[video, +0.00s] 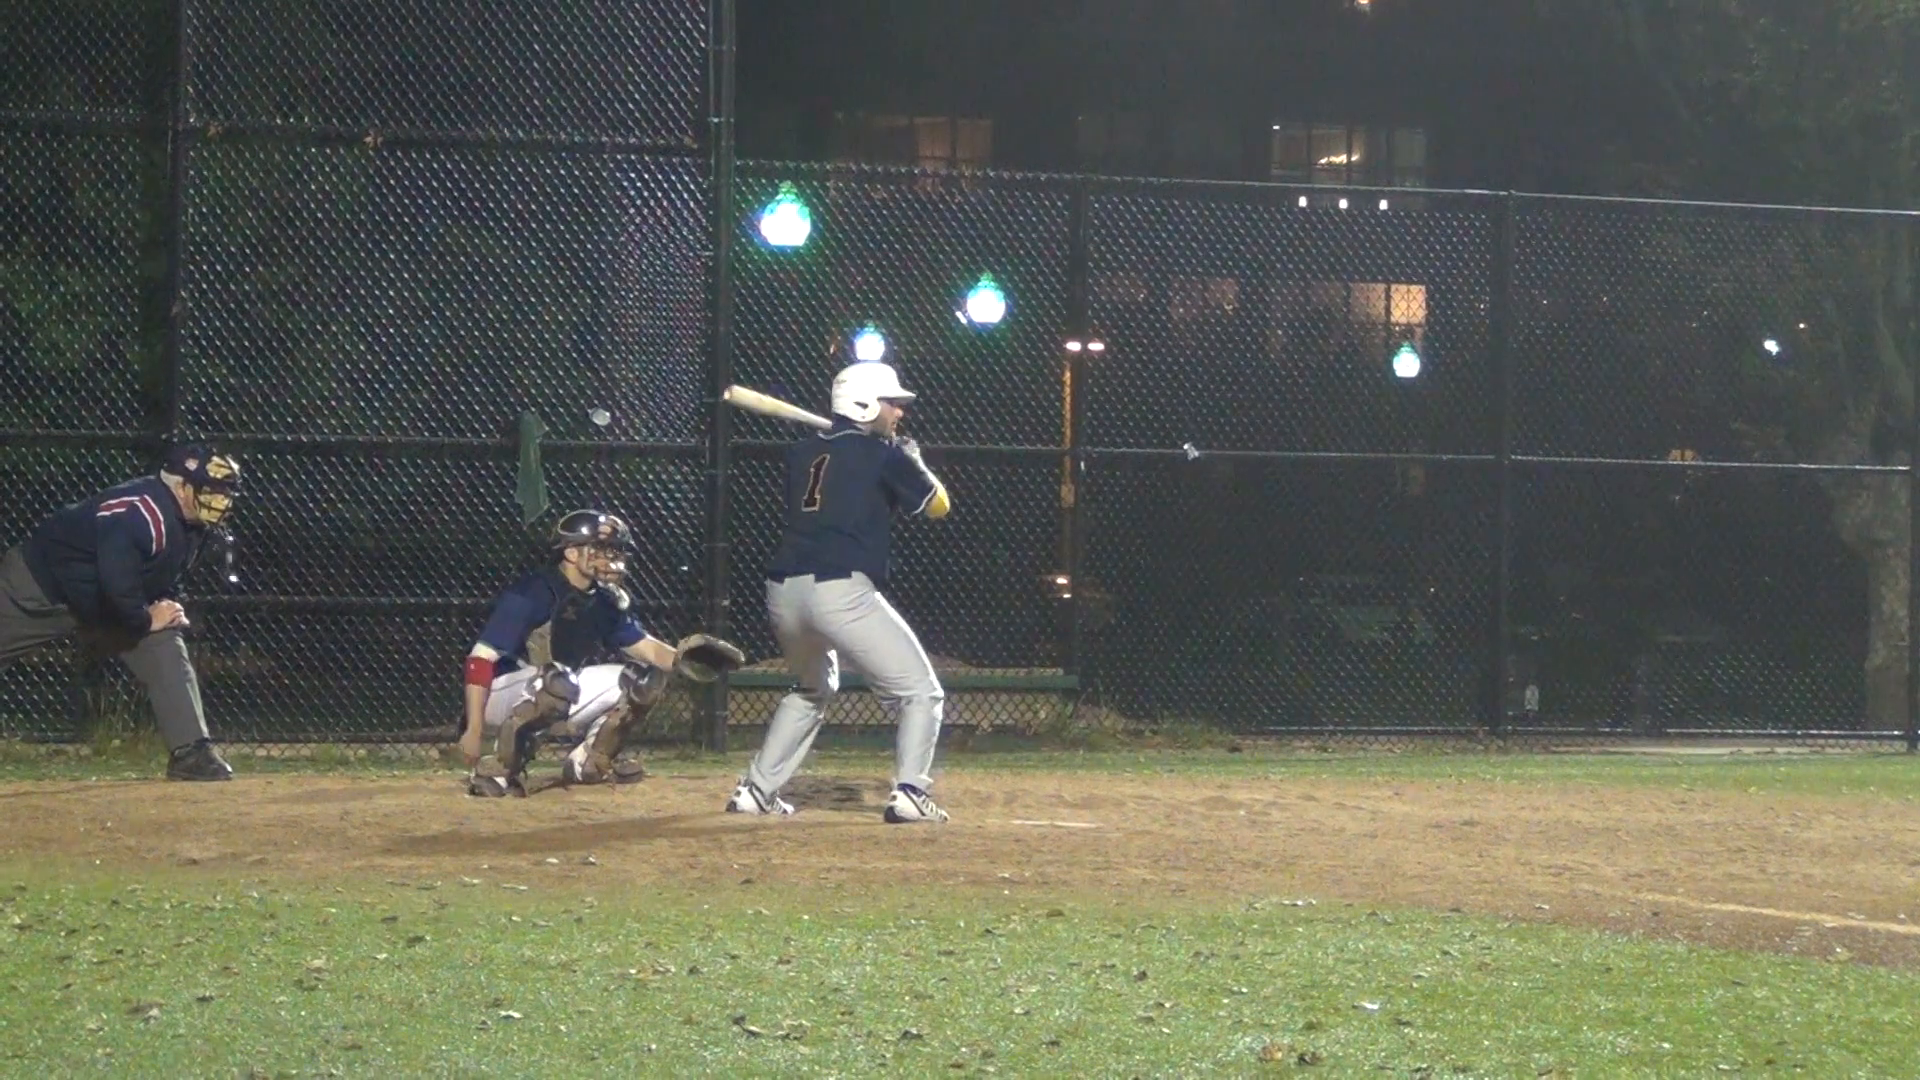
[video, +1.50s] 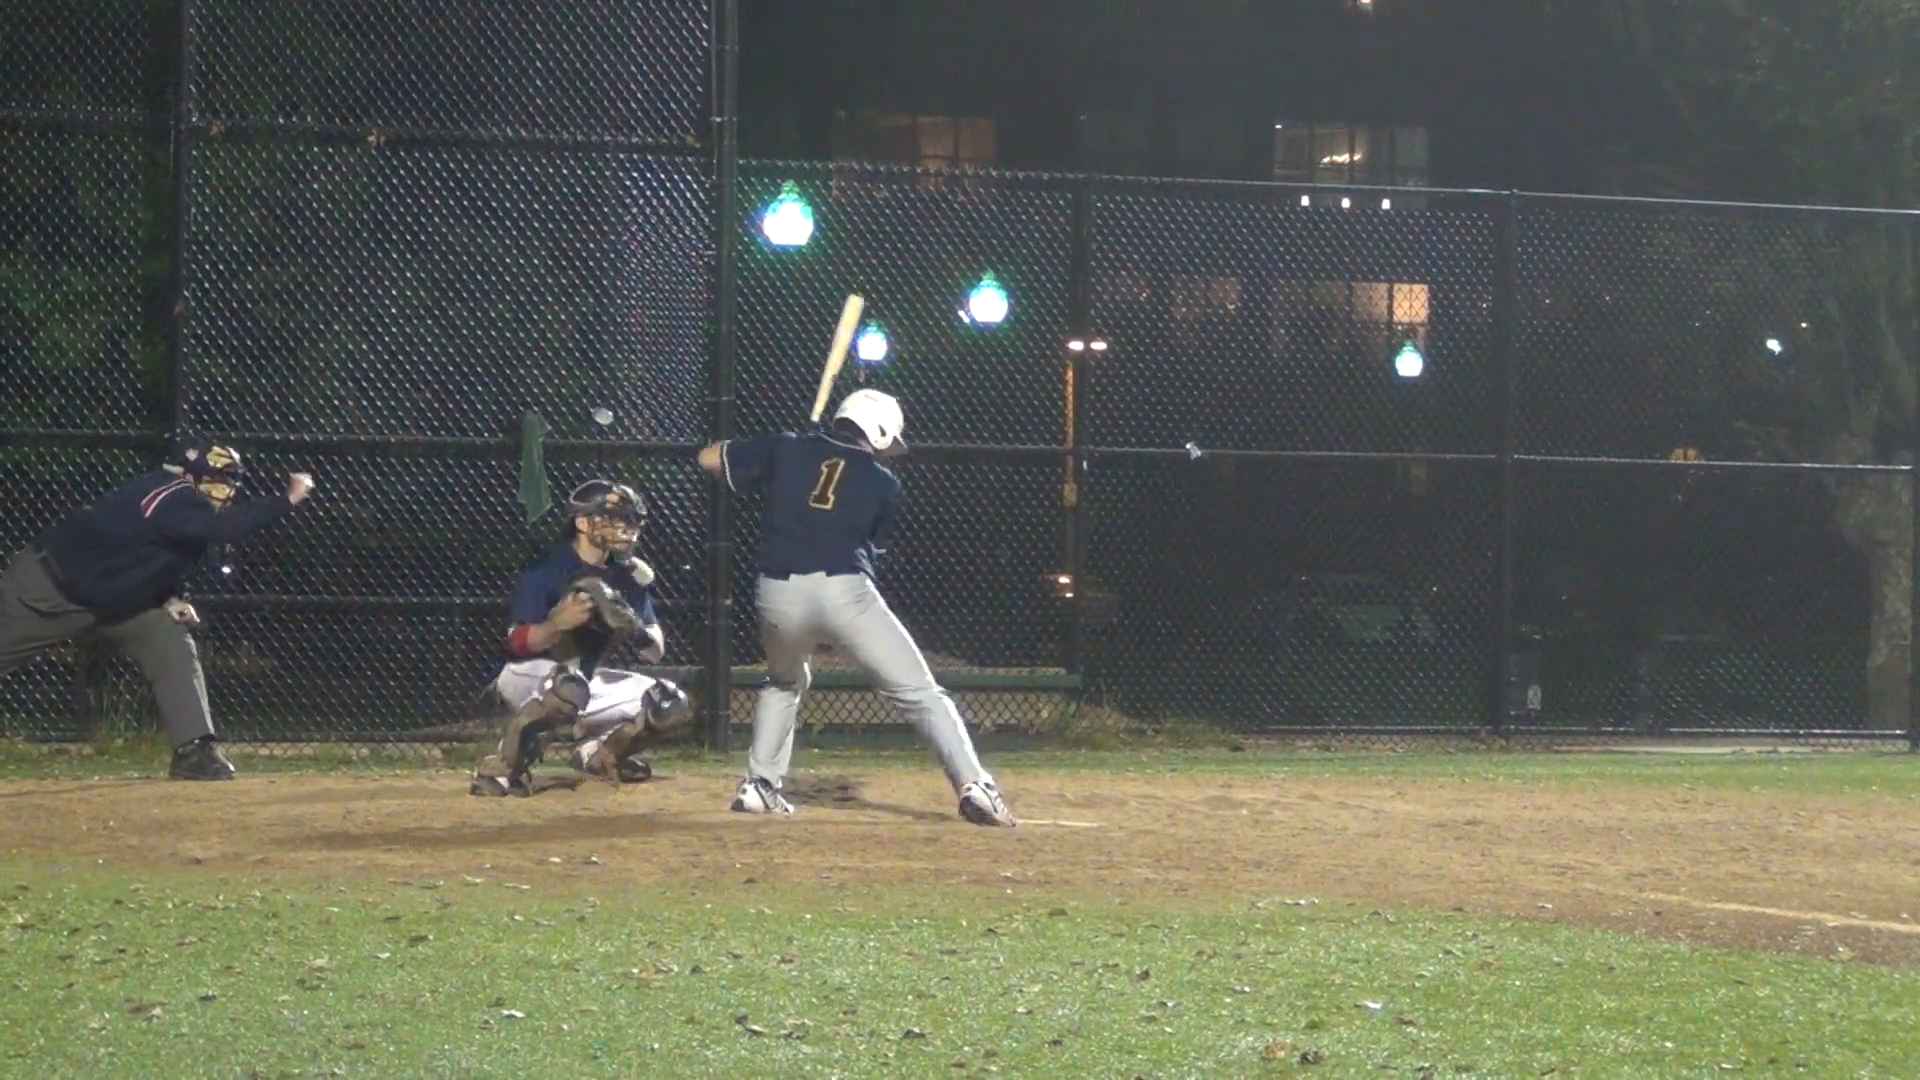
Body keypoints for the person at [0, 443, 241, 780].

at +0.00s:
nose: (218, 502)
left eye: (221, 494)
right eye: (210, 492)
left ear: (184, 489)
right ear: (182, 488)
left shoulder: (178, 518)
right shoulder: (141, 511)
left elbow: (153, 573)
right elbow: (117, 582)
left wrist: (162, 606)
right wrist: (144, 620)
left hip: (100, 599)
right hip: (35, 590)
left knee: (163, 648)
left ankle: (190, 751)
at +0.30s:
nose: (218, 500)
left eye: (221, 492)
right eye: (210, 490)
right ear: (182, 486)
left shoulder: (181, 518)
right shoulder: (140, 511)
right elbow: (119, 579)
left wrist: (164, 607)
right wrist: (146, 619)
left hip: (102, 600)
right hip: (36, 590)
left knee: (166, 649)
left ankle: (191, 751)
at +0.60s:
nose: (221, 501)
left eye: (224, 493)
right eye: (213, 491)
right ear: (184, 488)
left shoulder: (185, 521)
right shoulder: (141, 513)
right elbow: (121, 587)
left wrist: (167, 609)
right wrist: (149, 620)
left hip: (103, 600)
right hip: (38, 591)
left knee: (167, 648)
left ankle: (192, 751)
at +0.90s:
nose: (223, 503)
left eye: (226, 494)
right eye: (215, 493)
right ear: (186, 489)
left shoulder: (184, 523)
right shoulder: (145, 515)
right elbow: (123, 586)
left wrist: (170, 609)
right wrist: (152, 618)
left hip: (103, 601)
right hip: (40, 591)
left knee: (168, 646)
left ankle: (193, 751)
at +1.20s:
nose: (218, 499)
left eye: (223, 492)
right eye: (210, 489)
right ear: (183, 484)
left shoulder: (200, 523)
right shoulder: (151, 504)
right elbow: (139, 569)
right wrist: (201, 600)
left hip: (126, 602)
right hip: (50, 587)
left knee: (170, 653)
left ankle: (193, 750)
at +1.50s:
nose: (225, 491)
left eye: (229, 483)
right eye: (217, 481)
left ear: (228, 483)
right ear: (193, 475)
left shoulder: (191, 504)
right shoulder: (168, 497)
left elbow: (143, 556)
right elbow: (223, 526)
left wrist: (172, 597)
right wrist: (286, 501)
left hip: (113, 601)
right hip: (50, 589)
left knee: (171, 643)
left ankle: (194, 748)